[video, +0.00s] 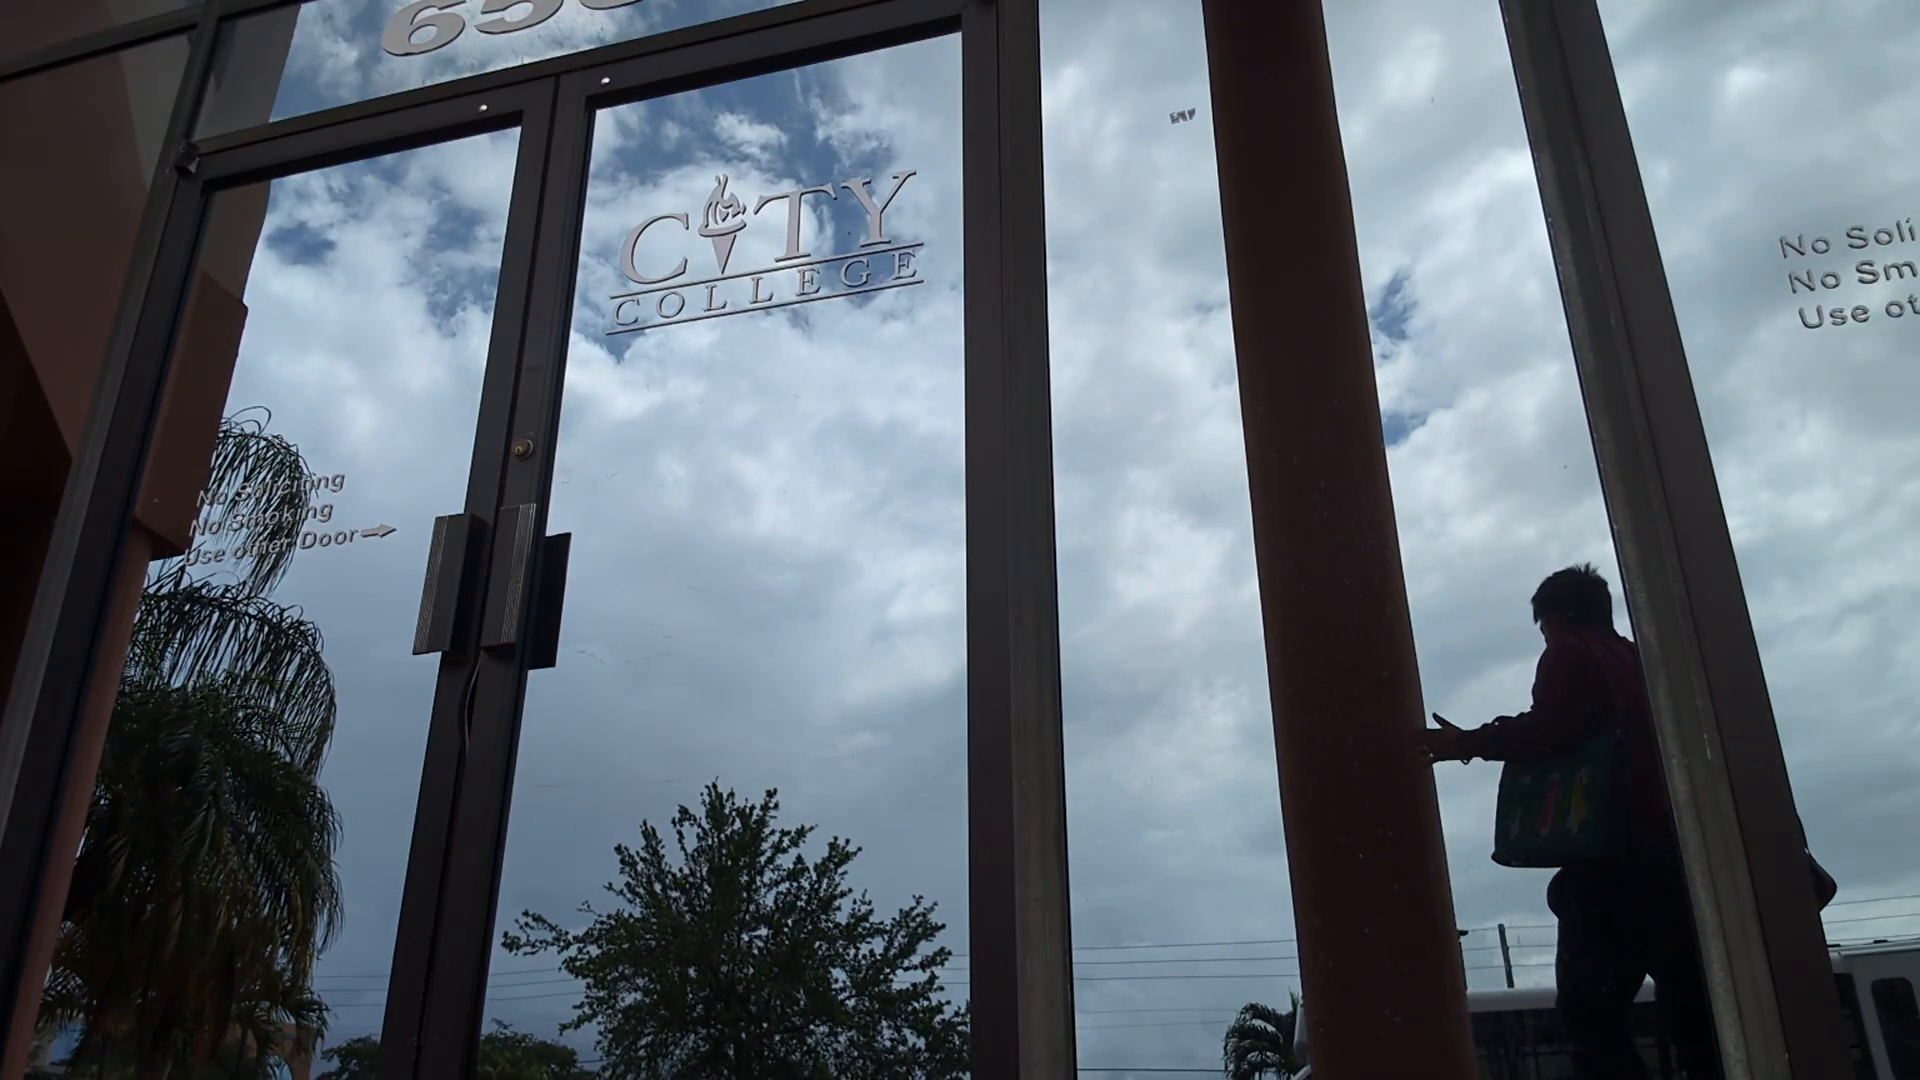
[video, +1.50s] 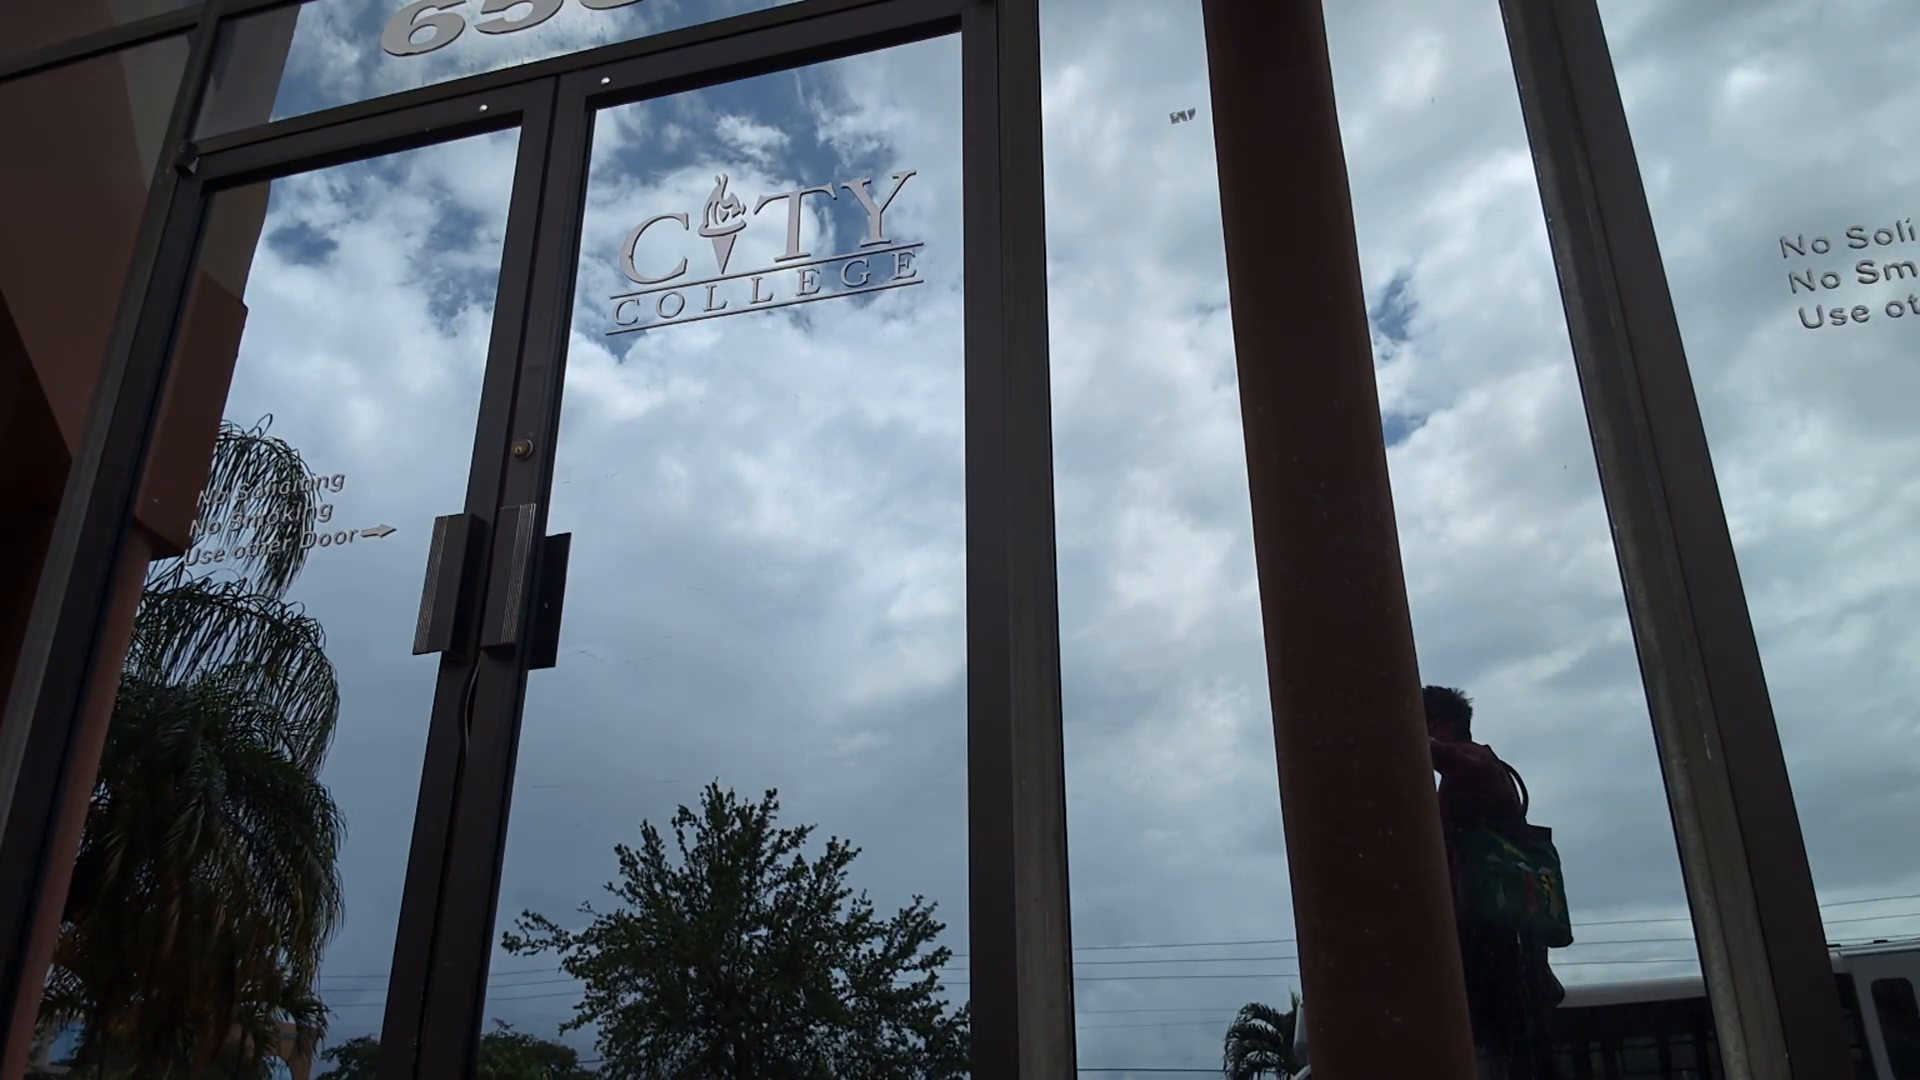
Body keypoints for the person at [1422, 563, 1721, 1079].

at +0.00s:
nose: (1544, 637)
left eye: (1545, 625)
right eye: (1542, 627)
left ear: (1562, 618)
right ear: (1602, 613)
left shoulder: (1566, 656)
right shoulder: (1640, 659)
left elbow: (1552, 729)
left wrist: (1467, 742)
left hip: (1610, 861)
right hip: (1671, 852)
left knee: (1590, 1011)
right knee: (1688, 1002)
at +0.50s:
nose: (1521, 684)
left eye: (1522, 672)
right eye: (1520, 673)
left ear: (1535, 666)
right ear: (1578, 660)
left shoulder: (1542, 697)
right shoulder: (1633, 706)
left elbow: (1539, 744)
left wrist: (1449, 740)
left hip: (1574, 896)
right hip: (1648, 890)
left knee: (1594, 1039)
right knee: (1673, 1023)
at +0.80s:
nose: (1489, 698)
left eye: (1489, 687)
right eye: (1487, 689)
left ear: (1503, 682)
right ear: (1544, 676)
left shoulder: (1523, 708)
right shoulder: (1596, 725)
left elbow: (1535, 754)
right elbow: (1646, 796)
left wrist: (1449, 737)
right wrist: (1610, 841)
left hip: (1551, 903)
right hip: (1607, 902)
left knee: (1570, 1037)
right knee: (1608, 1034)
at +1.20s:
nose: (1444, 728)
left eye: (1447, 718)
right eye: (1442, 719)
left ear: (1473, 714)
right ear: (1494, 711)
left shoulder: (1492, 748)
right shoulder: (1542, 756)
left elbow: (1508, 780)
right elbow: (1585, 828)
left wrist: (1445, 750)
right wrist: (1584, 912)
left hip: (1512, 932)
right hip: (1554, 927)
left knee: (1512, 1042)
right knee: (1558, 1037)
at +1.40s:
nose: (1427, 734)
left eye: (1428, 723)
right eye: (1425, 724)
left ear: (1449, 721)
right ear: (1472, 719)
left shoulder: (1481, 758)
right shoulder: (1509, 763)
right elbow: (1534, 850)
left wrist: (1436, 746)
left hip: (1491, 935)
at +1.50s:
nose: (1424, 736)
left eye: (1426, 726)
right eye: (1424, 728)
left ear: (1442, 725)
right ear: (1460, 725)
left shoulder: (1468, 761)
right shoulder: (1490, 766)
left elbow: (1425, 744)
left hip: (1485, 910)